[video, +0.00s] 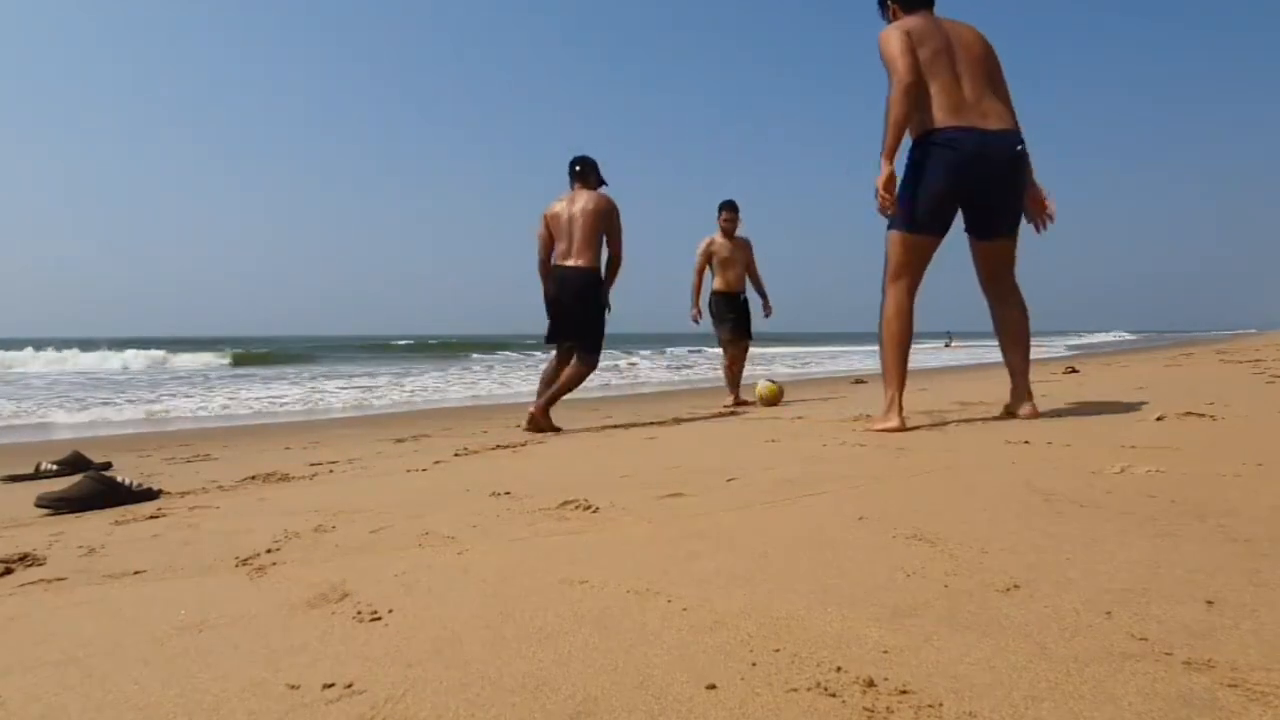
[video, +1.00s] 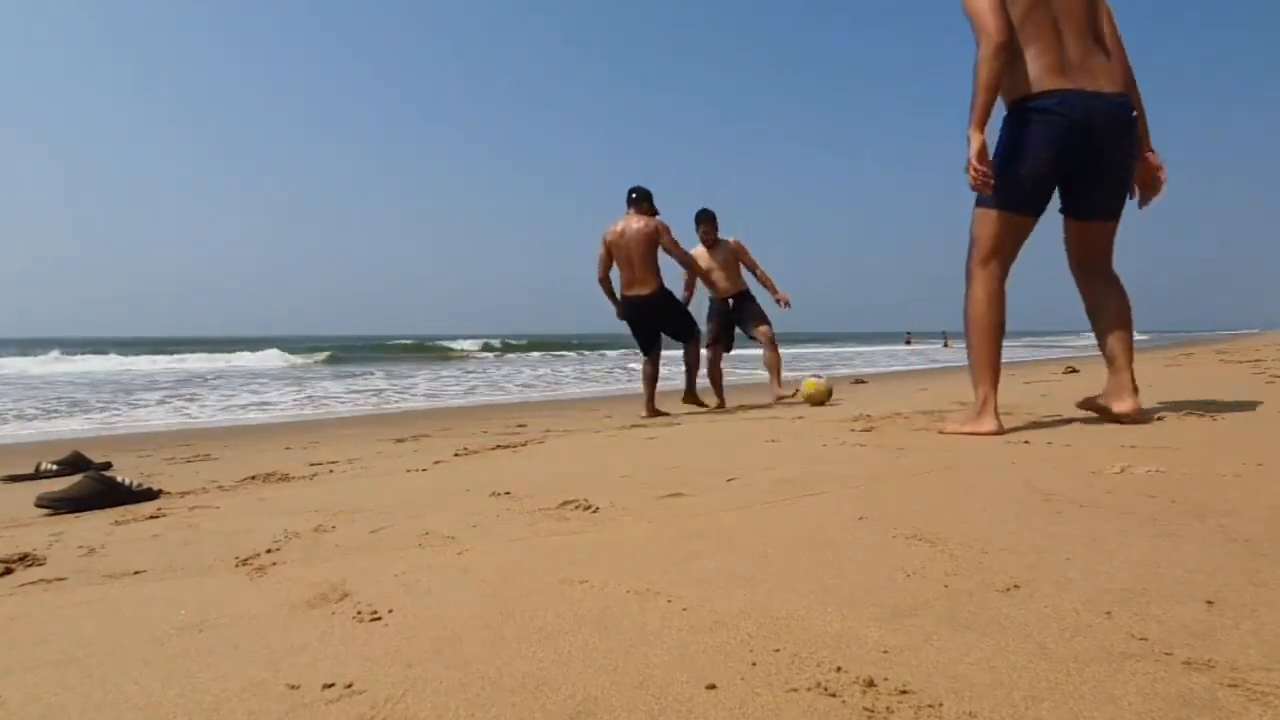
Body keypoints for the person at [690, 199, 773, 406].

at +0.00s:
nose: (729, 224)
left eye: (732, 220)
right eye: (725, 220)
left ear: (738, 221)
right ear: (718, 220)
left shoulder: (744, 244)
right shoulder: (710, 244)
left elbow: (752, 272)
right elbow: (699, 274)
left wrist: (764, 297)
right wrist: (695, 305)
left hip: (739, 296)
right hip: (721, 296)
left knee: (743, 344)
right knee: (730, 345)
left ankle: (736, 393)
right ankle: (733, 393)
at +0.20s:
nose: (724, 224)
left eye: (728, 219)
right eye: (720, 219)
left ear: (734, 219)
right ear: (714, 219)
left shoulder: (743, 243)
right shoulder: (707, 244)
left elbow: (753, 272)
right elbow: (699, 275)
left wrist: (766, 299)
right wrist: (697, 306)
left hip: (743, 296)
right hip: (721, 296)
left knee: (762, 339)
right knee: (727, 350)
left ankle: (759, 386)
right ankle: (732, 396)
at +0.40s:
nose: (722, 223)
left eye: (725, 218)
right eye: (717, 219)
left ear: (731, 217)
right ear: (711, 219)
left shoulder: (743, 241)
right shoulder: (704, 245)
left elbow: (752, 271)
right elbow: (698, 274)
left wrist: (763, 298)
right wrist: (696, 302)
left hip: (744, 292)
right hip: (720, 295)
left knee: (762, 339)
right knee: (725, 350)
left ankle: (773, 386)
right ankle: (731, 396)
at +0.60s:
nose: (716, 223)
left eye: (720, 218)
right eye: (712, 219)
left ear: (728, 215)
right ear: (708, 219)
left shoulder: (744, 238)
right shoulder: (704, 244)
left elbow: (761, 266)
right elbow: (699, 275)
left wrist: (772, 292)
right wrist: (690, 300)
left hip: (744, 291)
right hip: (720, 294)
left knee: (754, 342)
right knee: (724, 348)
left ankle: (757, 393)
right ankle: (731, 395)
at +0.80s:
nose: (710, 224)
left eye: (714, 219)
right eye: (706, 220)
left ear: (722, 215)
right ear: (702, 220)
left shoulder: (740, 234)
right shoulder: (703, 244)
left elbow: (764, 254)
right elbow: (708, 276)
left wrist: (779, 279)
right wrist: (702, 305)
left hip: (745, 289)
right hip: (721, 292)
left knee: (755, 342)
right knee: (711, 339)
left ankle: (757, 389)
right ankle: (725, 387)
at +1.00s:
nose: (707, 235)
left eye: (710, 230)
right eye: (703, 231)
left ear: (717, 229)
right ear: (697, 232)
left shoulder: (733, 247)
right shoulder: (695, 257)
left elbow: (756, 270)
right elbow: (688, 290)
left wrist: (776, 293)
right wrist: (680, 314)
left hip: (742, 299)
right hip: (718, 304)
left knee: (767, 336)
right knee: (713, 353)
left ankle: (777, 389)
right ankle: (720, 400)